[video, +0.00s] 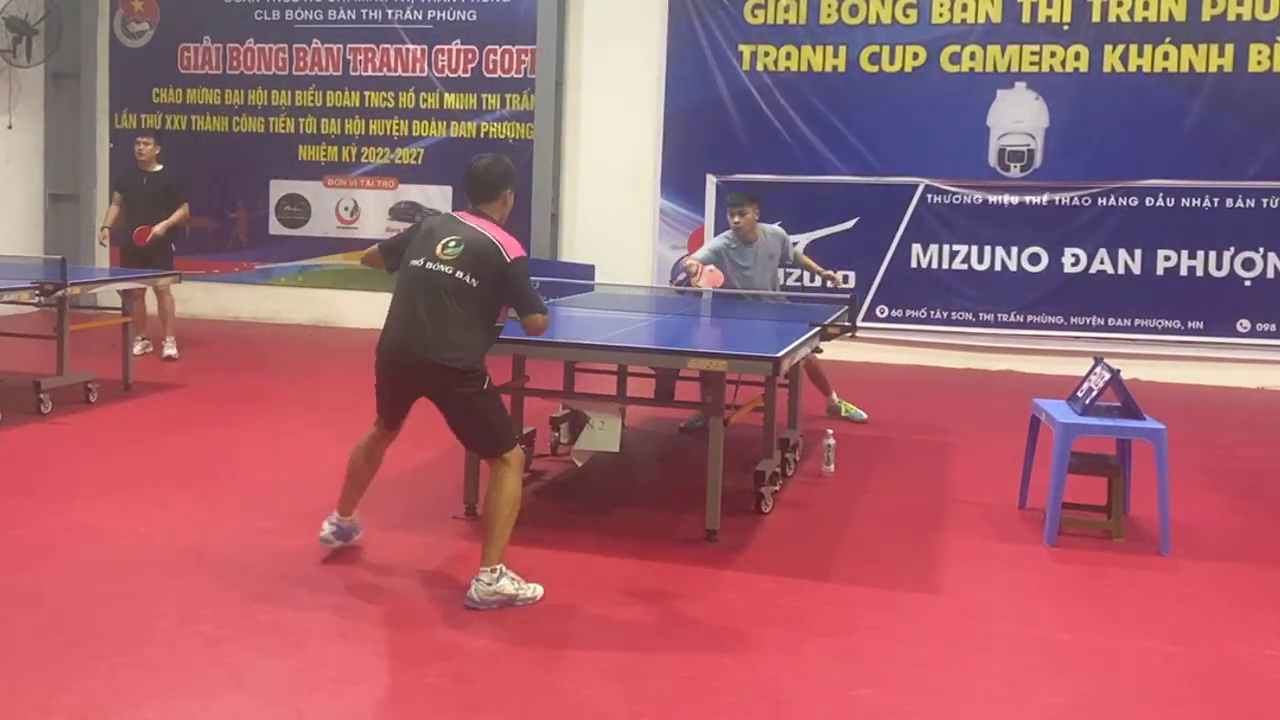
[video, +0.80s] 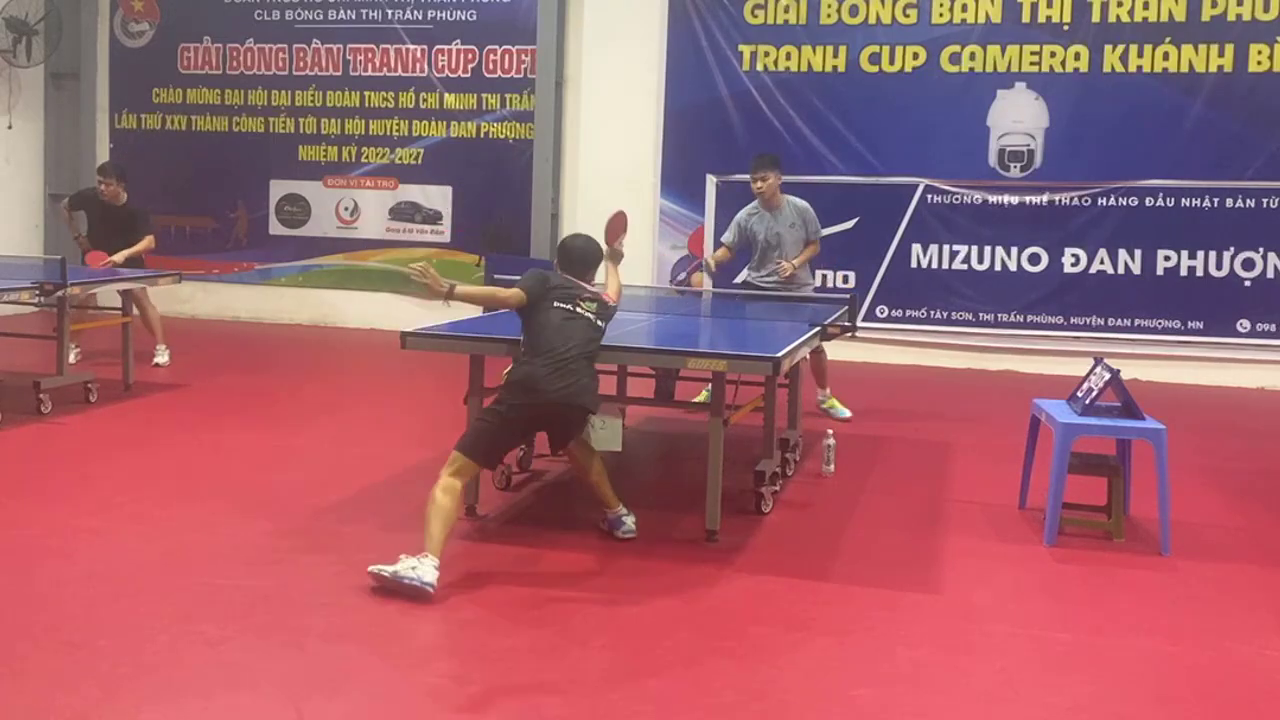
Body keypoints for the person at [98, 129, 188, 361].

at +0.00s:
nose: (140, 148)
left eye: (145, 144)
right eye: (137, 144)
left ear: (157, 149)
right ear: (134, 148)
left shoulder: (168, 178)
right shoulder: (127, 177)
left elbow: (184, 210)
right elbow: (116, 204)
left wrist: (165, 225)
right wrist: (106, 227)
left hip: (159, 245)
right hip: (131, 245)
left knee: (163, 289)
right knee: (135, 292)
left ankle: (169, 339)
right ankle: (141, 338)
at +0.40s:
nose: (129, 158)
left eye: (135, 154)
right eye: (126, 153)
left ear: (148, 158)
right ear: (123, 155)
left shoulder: (159, 185)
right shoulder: (117, 180)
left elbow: (171, 220)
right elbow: (107, 203)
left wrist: (147, 231)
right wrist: (106, 227)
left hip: (148, 251)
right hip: (118, 250)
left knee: (153, 295)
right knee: (103, 292)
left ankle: (162, 346)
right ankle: (107, 334)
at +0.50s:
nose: (121, 162)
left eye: (127, 158)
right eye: (119, 158)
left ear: (140, 162)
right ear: (115, 159)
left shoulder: (152, 190)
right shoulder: (110, 180)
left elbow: (165, 223)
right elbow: (100, 200)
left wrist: (139, 234)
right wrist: (101, 224)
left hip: (143, 250)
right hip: (113, 247)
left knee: (150, 295)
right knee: (96, 294)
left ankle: (161, 346)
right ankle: (85, 341)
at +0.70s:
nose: (107, 184)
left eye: (113, 180)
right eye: (105, 179)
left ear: (126, 183)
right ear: (102, 179)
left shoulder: (140, 208)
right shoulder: (96, 195)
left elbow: (154, 239)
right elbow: (72, 205)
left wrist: (127, 245)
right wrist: (79, 234)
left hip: (130, 262)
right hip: (96, 261)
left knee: (141, 296)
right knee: (80, 298)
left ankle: (161, 347)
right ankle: (73, 345)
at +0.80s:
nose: (102, 188)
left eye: (107, 184)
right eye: (100, 183)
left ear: (121, 185)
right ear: (97, 182)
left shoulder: (135, 210)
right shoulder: (89, 197)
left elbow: (149, 242)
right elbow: (66, 207)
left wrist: (124, 253)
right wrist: (78, 237)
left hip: (128, 264)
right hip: (94, 263)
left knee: (139, 296)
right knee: (77, 296)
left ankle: (161, 347)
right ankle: (73, 346)